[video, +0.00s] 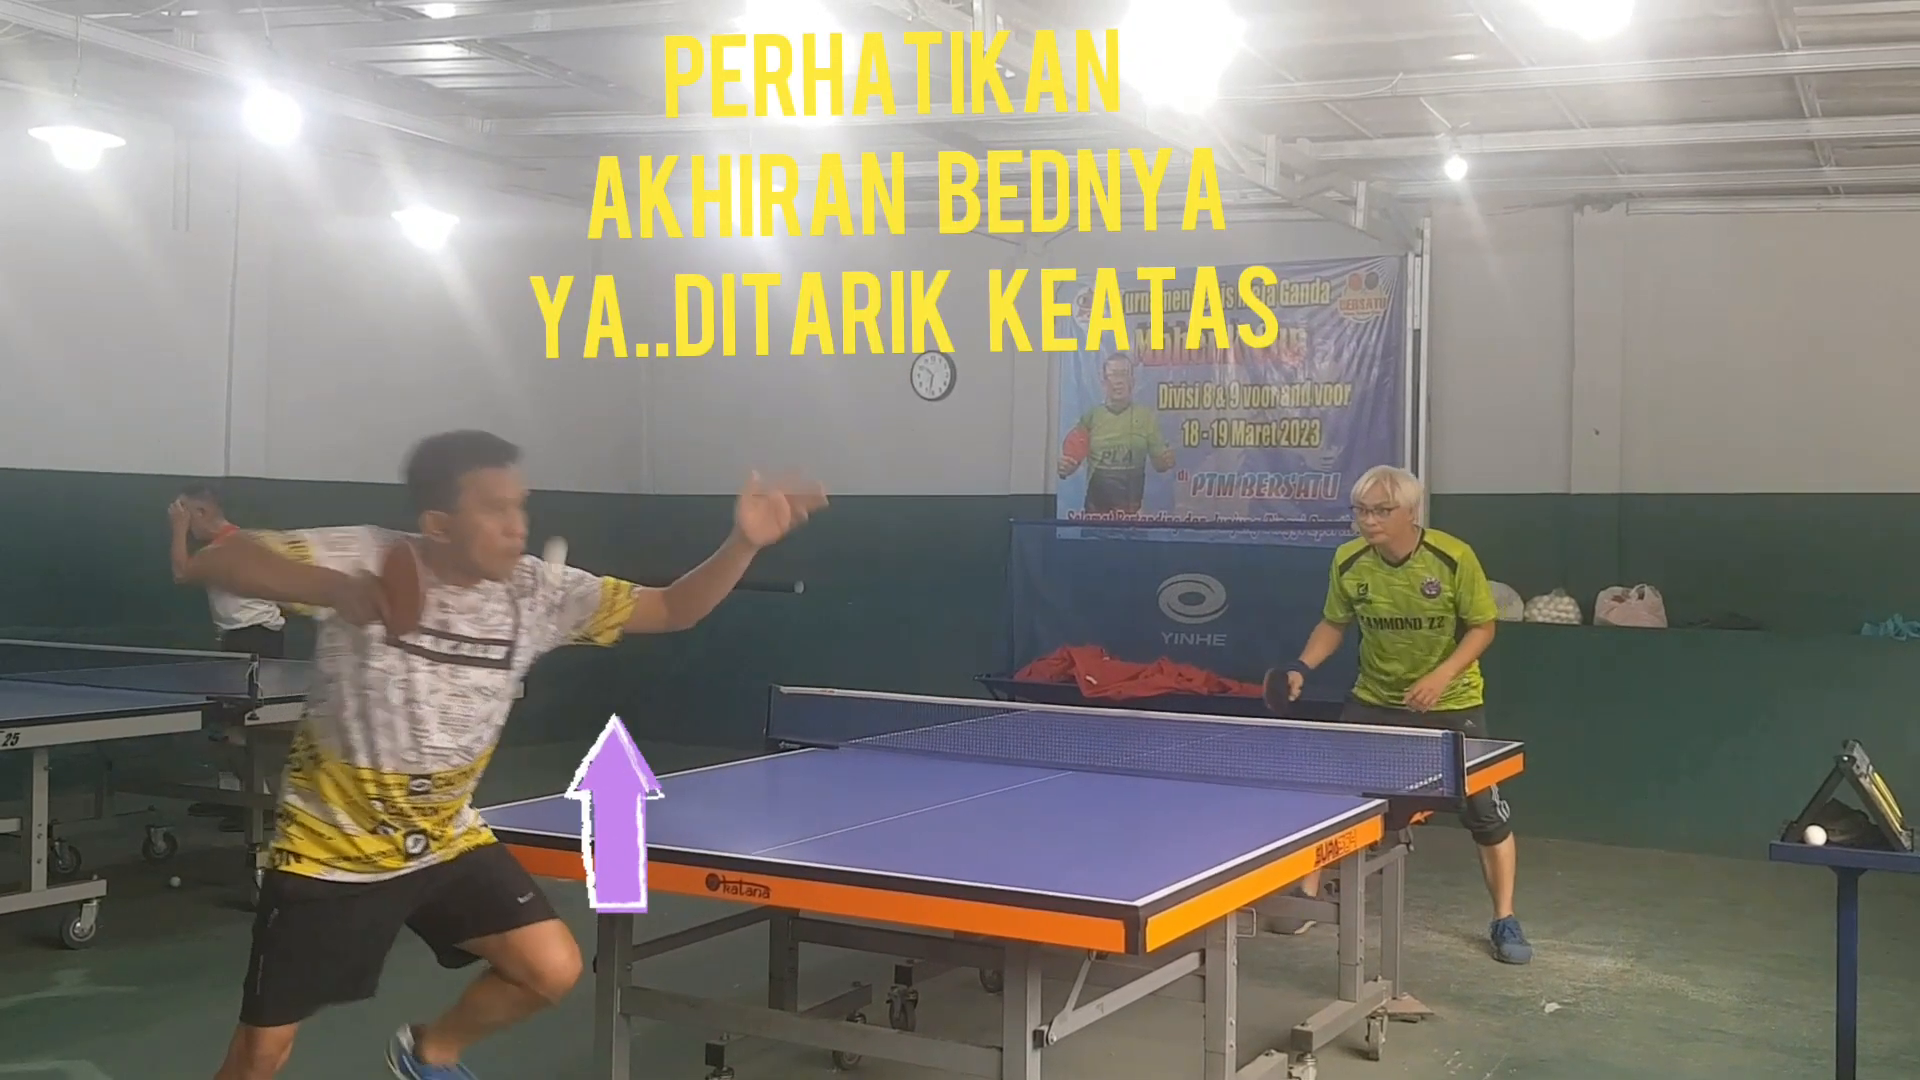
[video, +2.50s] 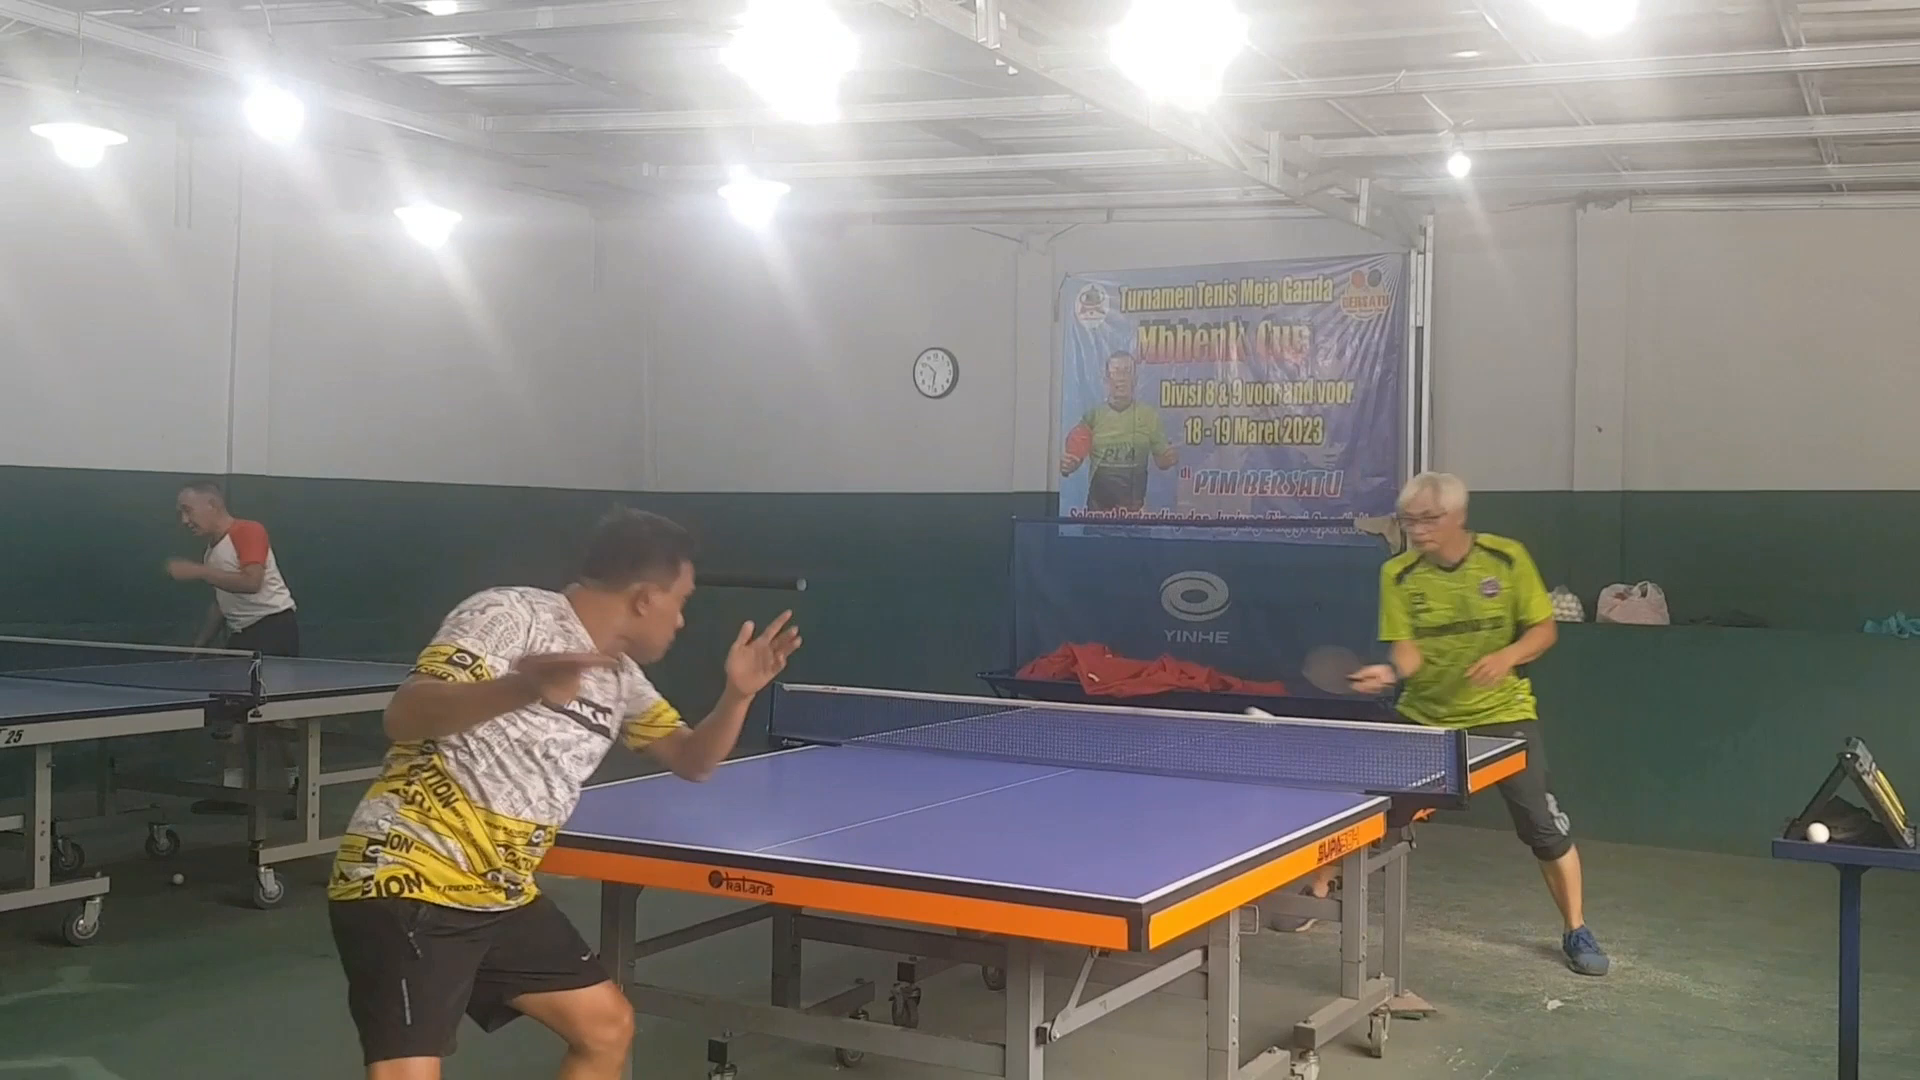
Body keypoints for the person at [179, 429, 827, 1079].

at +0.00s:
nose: (518, 527)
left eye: (520, 508)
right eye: (497, 509)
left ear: (520, 515)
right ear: (434, 518)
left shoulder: (538, 590)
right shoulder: (371, 559)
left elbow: (671, 609)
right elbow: (208, 559)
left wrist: (745, 544)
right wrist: (350, 591)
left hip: (445, 835)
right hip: (328, 842)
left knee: (551, 971)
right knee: (261, 1051)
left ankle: (429, 1052)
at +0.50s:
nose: (592, 563)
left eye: (596, 547)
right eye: (579, 545)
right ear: (518, 543)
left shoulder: (578, 612)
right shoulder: (442, 563)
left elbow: (685, 623)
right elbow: (325, 580)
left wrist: (698, 527)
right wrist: (444, 671)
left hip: (471, 855)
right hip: (358, 854)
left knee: (569, 1020)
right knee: (275, 1057)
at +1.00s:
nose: (659, 617)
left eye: (666, 600)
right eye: (654, 595)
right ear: (602, 575)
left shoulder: (612, 661)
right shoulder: (490, 591)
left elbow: (696, 690)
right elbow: (366, 662)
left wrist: (687, 566)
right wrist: (502, 616)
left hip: (502, 889)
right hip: (394, 883)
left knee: (606, 1031)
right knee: (333, 1068)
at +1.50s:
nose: (693, 641)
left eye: (698, 626)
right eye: (692, 621)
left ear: (646, 614)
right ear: (648, 612)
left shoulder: (632, 687)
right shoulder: (517, 615)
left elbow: (715, 746)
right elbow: (385, 695)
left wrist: (730, 635)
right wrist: (466, 613)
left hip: (510, 897)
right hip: (411, 886)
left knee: (618, 1035)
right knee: (383, 1072)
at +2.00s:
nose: (695, 636)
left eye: (699, 621)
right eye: (695, 619)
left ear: (653, 614)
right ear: (659, 614)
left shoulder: (640, 691)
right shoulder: (526, 619)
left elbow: (716, 761)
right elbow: (394, 707)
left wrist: (747, 672)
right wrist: (483, 657)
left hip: (508, 890)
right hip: (411, 877)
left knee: (618, 1028)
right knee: (405, 1070)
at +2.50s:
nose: (682, 622)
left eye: (684, 607)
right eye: (680, 604)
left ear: (638, 600)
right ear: (641, 598)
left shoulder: (621, 680)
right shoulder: (503, 615)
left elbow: (694, 760)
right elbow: (404, 716)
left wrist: (738, 696)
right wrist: (518, 689)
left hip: (498, 891)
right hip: (404, 879)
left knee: (607, 1026)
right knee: (407, 1070)